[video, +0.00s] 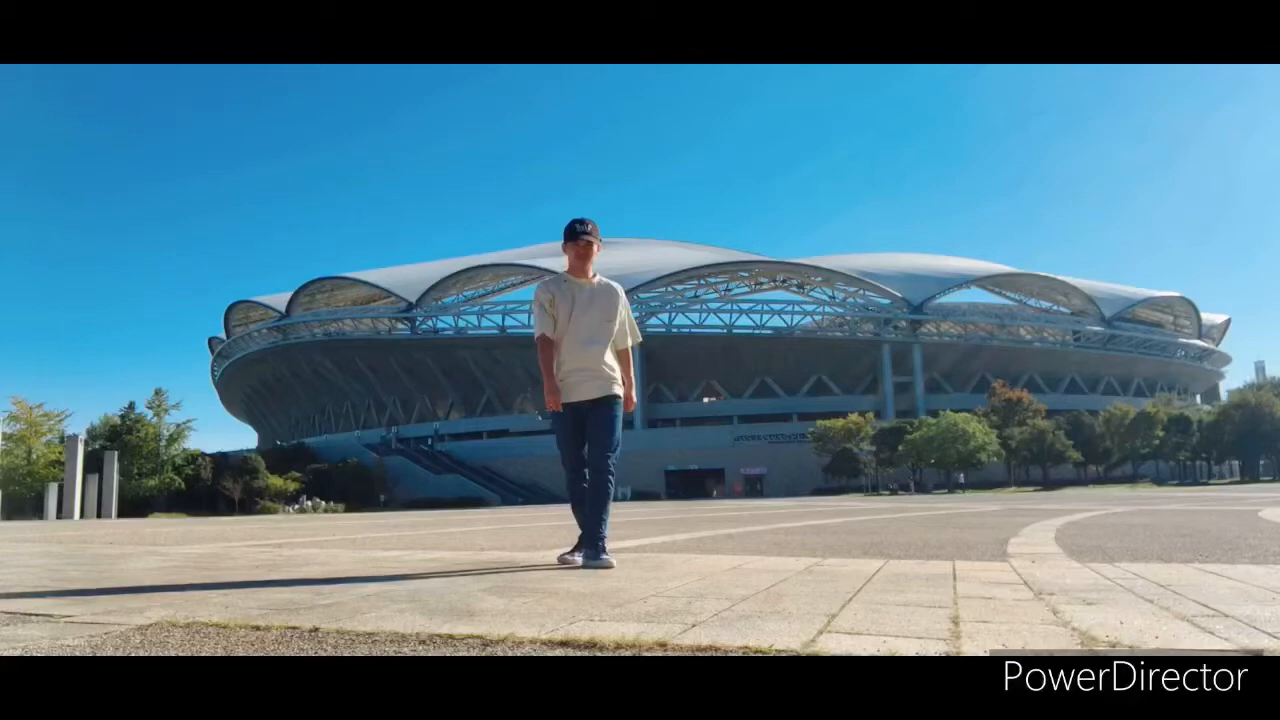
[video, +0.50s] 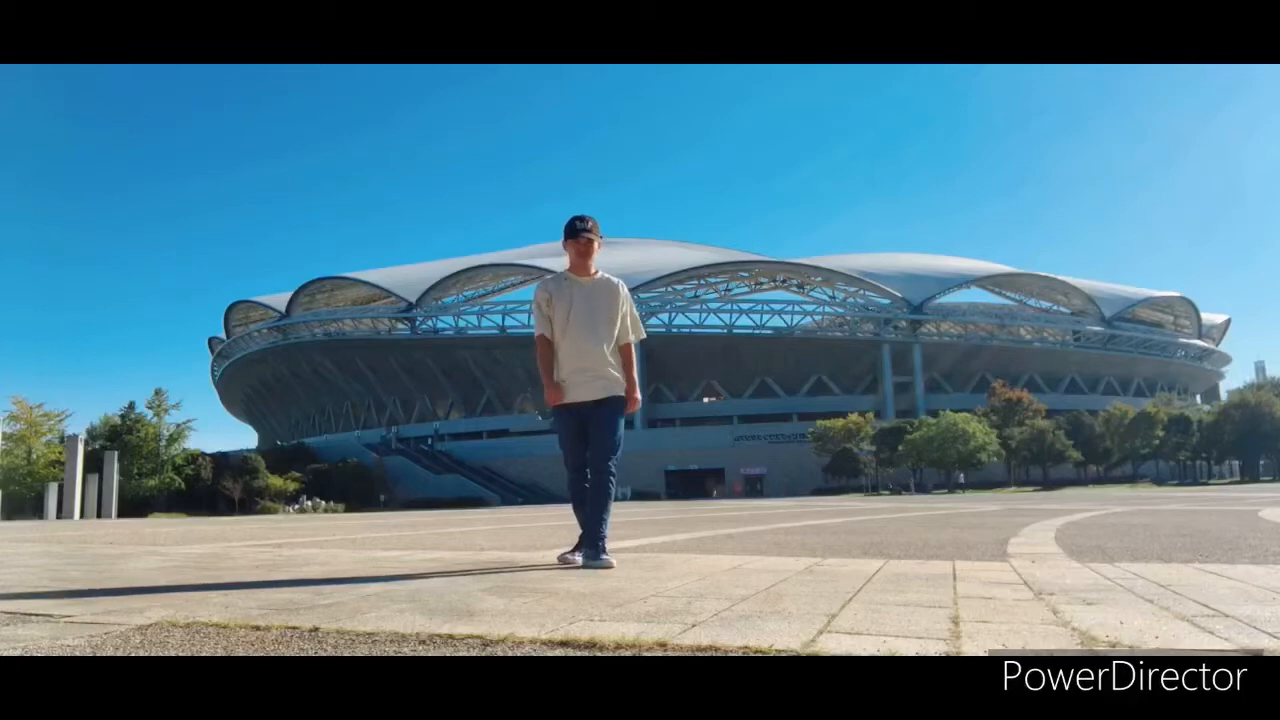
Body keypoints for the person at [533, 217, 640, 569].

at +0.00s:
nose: (585, 247)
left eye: (590, 242)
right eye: (578, 241)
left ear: (598, 248)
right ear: (566, 247)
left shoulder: (613, 292)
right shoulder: (549, 290)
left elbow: (623, 345)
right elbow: (544, 339)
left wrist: (629, 386)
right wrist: (549, 382)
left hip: (606, 389)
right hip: (566, 392)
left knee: (602, 466)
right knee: (574, 468)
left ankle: (596, 547)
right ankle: (588, 537)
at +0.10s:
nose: (585, 247)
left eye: (591, 241)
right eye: (579, 241)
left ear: (599, 247)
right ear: (566, 247)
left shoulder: (614, 291)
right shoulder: (549, 289)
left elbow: (623, 345)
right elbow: (546, 339)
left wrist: (631, 387)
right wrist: (556, 381)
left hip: (606, 390)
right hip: (566, 393)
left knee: (602, 467)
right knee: (574, 469)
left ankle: (596, 547)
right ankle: (588, 537)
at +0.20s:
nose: (586, 245)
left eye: (591, 240)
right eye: (579, 240)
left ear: (600, 246)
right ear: (567, 246)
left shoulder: (614, 291)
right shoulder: (549, 287)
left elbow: (624, 345)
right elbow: (545, 337)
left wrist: (631, 387)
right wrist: (561, 376)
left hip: (605, 389)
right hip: (566, 390)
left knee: (602, 467)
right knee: (575, 469)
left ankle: (596, 547)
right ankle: (587, 538)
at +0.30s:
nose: (586, 245)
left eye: (591, 240)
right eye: (579, 239)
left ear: (600, 245)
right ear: (567, 245)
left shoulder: (615, 290)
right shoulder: (550, 287)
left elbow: (625, 344)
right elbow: (544, 337)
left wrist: (630, 386)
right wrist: (561, 376)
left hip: (606, 388)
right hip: (566, 390)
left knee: (602, 467)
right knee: (575, 468)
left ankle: (596, 547)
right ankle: (587, 538)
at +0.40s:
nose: (586, 244)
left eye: (591, 239)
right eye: (579, 239)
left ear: (600, 245)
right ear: (567, 245)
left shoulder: (615, 289)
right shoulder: (549, 288)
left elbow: (625, 344)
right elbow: (545, 340)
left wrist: (631, 387)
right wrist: (557, 381)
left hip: (607, 391)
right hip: (567, 393)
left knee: (603, 468)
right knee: (576, 469)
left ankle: (596, 547)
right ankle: (588, 538)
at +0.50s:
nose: (585, 244)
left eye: (590, 239)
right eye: (578, 239)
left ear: (599, 244)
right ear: (566, 244)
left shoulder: (615, 288)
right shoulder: (548, 289)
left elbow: (626, 342)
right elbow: (543, 340)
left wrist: (633, 386)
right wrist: (548, 382)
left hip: (608, 390)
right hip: (567, 393)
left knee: (603, 468)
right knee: (576, 469)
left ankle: (596, 547)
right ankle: (588, 538)